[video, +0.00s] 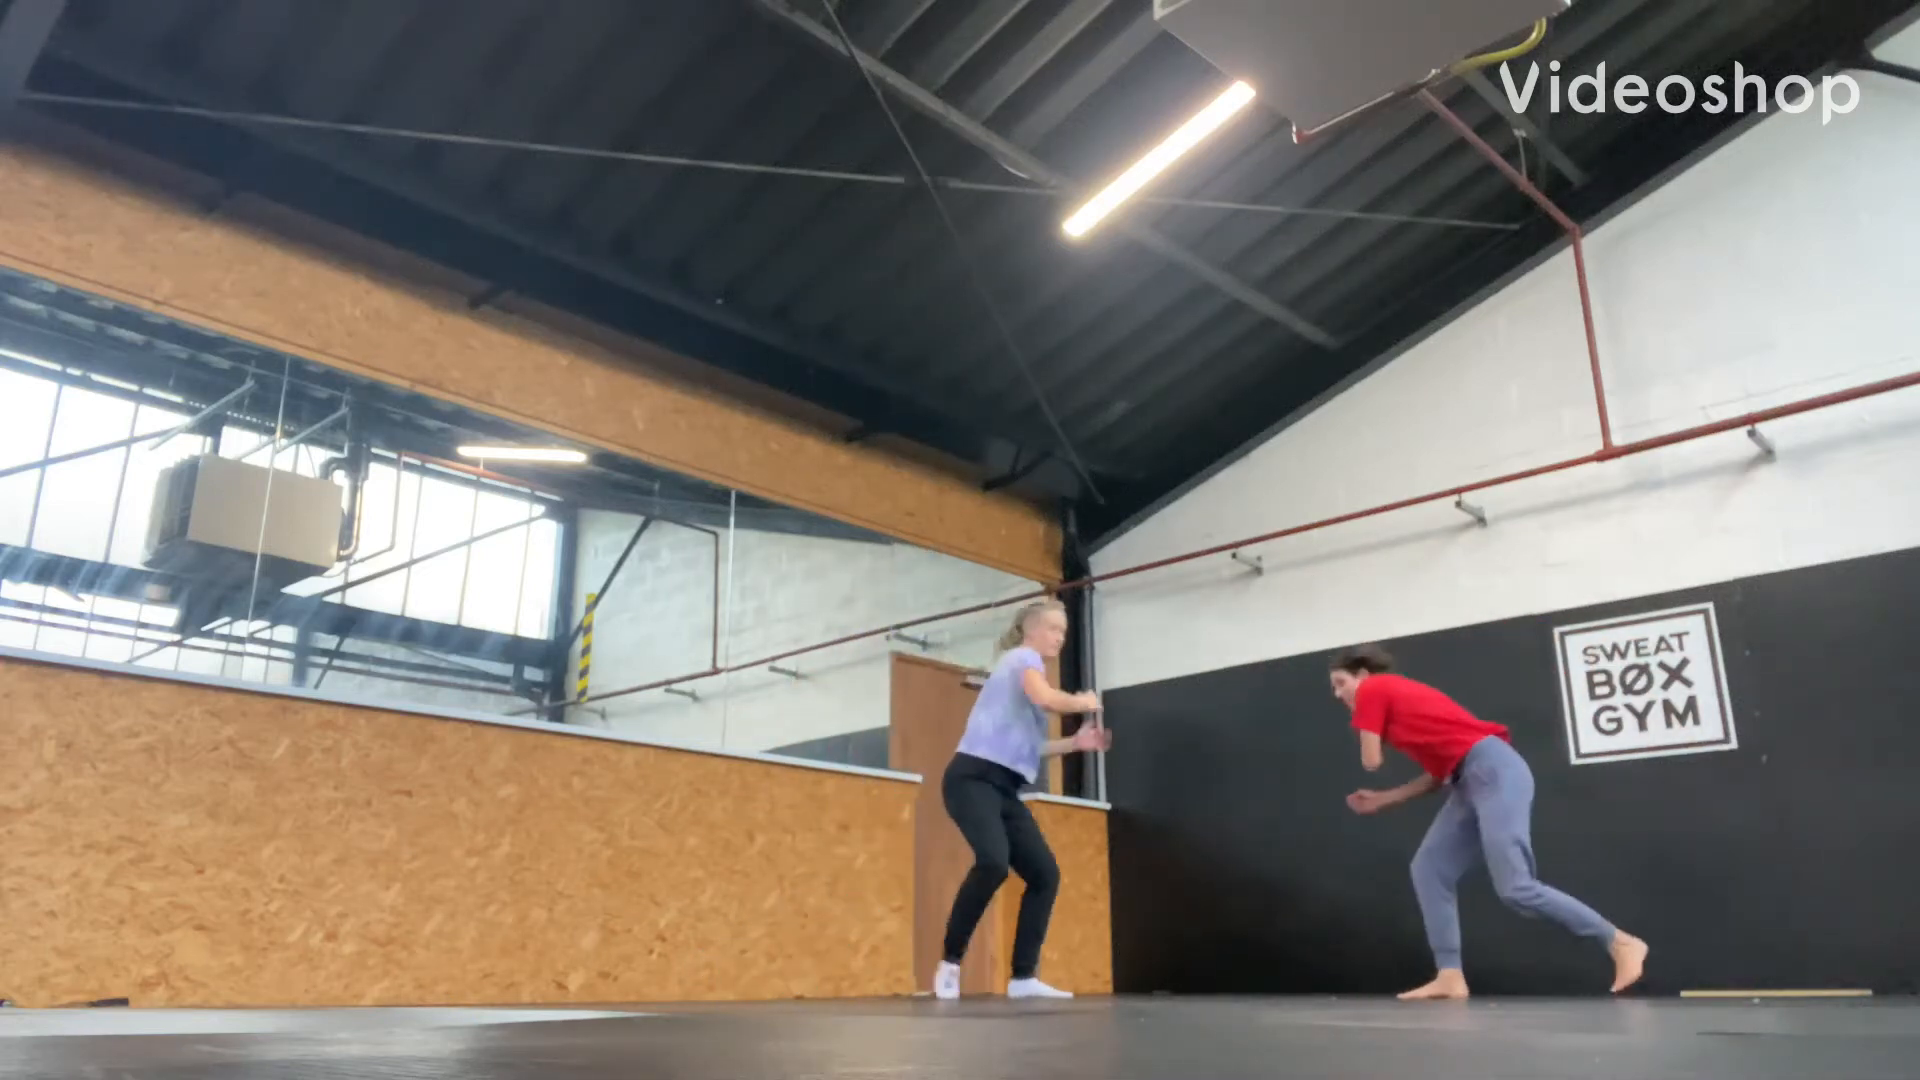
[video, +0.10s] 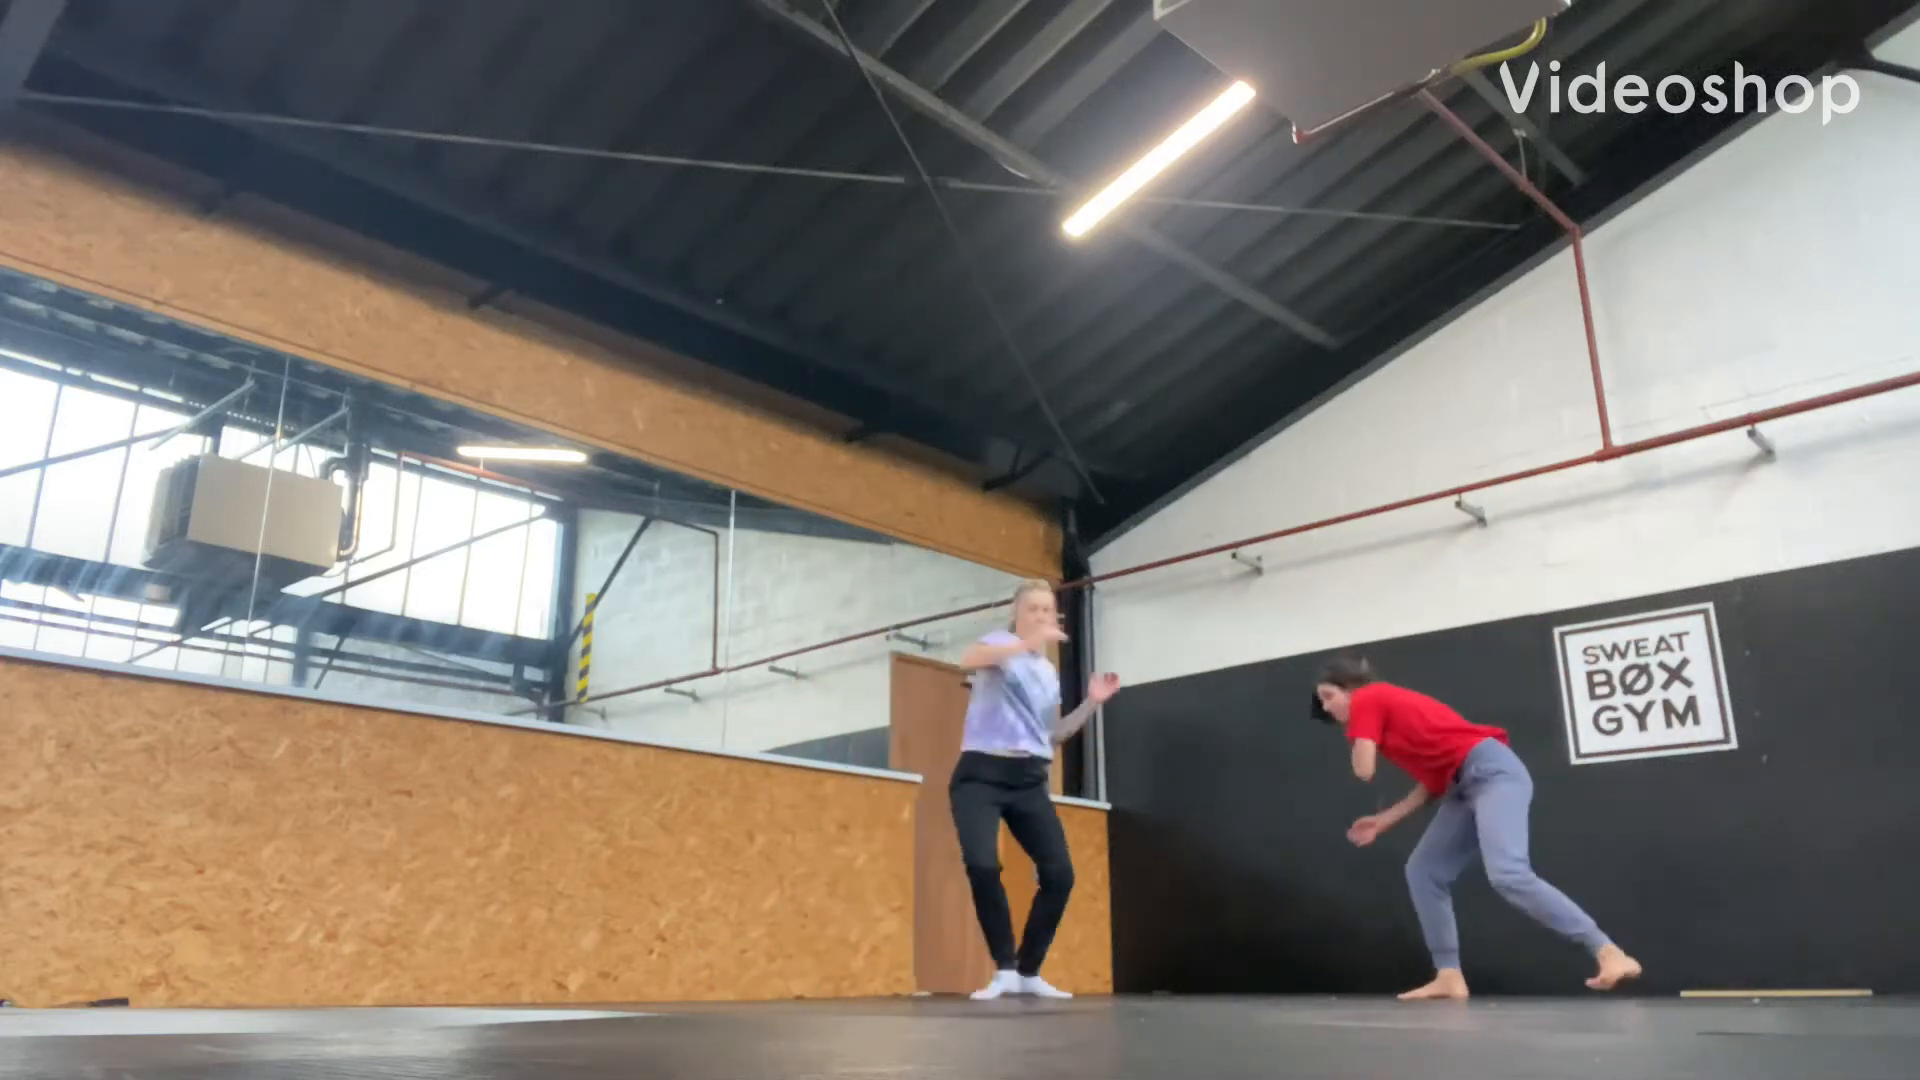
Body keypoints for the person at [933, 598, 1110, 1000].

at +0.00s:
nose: (1059, 638)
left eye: (1063, 631)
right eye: (1053, 629)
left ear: (1058, 636)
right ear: (1028, 629)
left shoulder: (1025, 678)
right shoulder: (1022, 657)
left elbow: (1024, 748)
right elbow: (1043, 697)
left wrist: (1076, 743)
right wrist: (1080, 702)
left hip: (1004, 791)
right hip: (972, 780)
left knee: (1044, 875)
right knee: (993, 863)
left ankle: (1023, 979)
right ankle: (950, 962)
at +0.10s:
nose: (1043, 617)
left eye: (1049, 611)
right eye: (1034, 609)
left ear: (1056, 619)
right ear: (1016, 614)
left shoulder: (1048, 673)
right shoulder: (1000, 641)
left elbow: (1054, 733)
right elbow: (969, 660)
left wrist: (1091, 702)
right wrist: (1030, 644)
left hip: (1028, 782)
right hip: (979, 776)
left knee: (1059, 874)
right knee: (982, 867)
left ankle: (1028, 974)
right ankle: (1005, 971)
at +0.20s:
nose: (1010, 604)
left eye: (1018, 596)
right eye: (1004, 598)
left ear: (1039, 600)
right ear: (999, 604)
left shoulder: (1058, 655)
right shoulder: (979, 645)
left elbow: (1084, 714)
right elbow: (919, 663)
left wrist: (1096, 671)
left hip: (1038, 772)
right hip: (985, 772)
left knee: (1061, 873)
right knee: (976, 872)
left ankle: (1050, 951)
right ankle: (1009, 977)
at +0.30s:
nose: (978, 604)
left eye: (984, 594)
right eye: (977, 595)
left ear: (1011, 594)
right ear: (997, 598)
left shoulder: (1047, 639)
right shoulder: (995, 650)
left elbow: (1089, 691)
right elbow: (980, 682)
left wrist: (1074, 642)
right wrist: (938, 652)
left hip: (1038, 768)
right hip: (994, 770)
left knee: (1016, 871)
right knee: (982, 872)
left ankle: (1084, 942)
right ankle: (1009, 978)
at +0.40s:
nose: (973, 592)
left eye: (979, 584)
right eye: (972, 585)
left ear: (1000, 589)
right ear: (1006, 591)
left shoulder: (1007, 624)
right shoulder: (1029, 627)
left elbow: (1020, 661)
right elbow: (1076, 660)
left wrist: (991, 626)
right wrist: (1048, 625)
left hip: (1032, 756)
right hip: (1037, 754)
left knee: (1006, 867)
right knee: (1005, 867)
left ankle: (1072, 959)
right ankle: (1011, 975)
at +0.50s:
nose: (1018, 590)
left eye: (1013, 584)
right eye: (1016, 584)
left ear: (976, 593)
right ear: (1012, 587)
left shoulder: (969, 637)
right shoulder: (1041, 619)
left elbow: (905, 661)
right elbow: (1105, 635)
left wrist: (891, 616)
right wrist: (1109, 588)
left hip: (1025, 755)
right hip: (1073, 747)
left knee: (1035, 872)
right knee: (1029, 861)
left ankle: (1078, 975)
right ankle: (1010, 962)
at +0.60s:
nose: (1029, 598)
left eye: (1030, 592)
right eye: (1027, 591)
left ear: (980, 593)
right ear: (1011, 589)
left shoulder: (958, 641)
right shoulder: (1021, 615)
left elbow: (938, 675)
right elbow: (1068, 640)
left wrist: (951, 625)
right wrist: (1095, 601)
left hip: (1025, 758)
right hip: (1077, 740)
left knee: (1042, 874)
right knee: (1058, 803)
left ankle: (1079, 974)